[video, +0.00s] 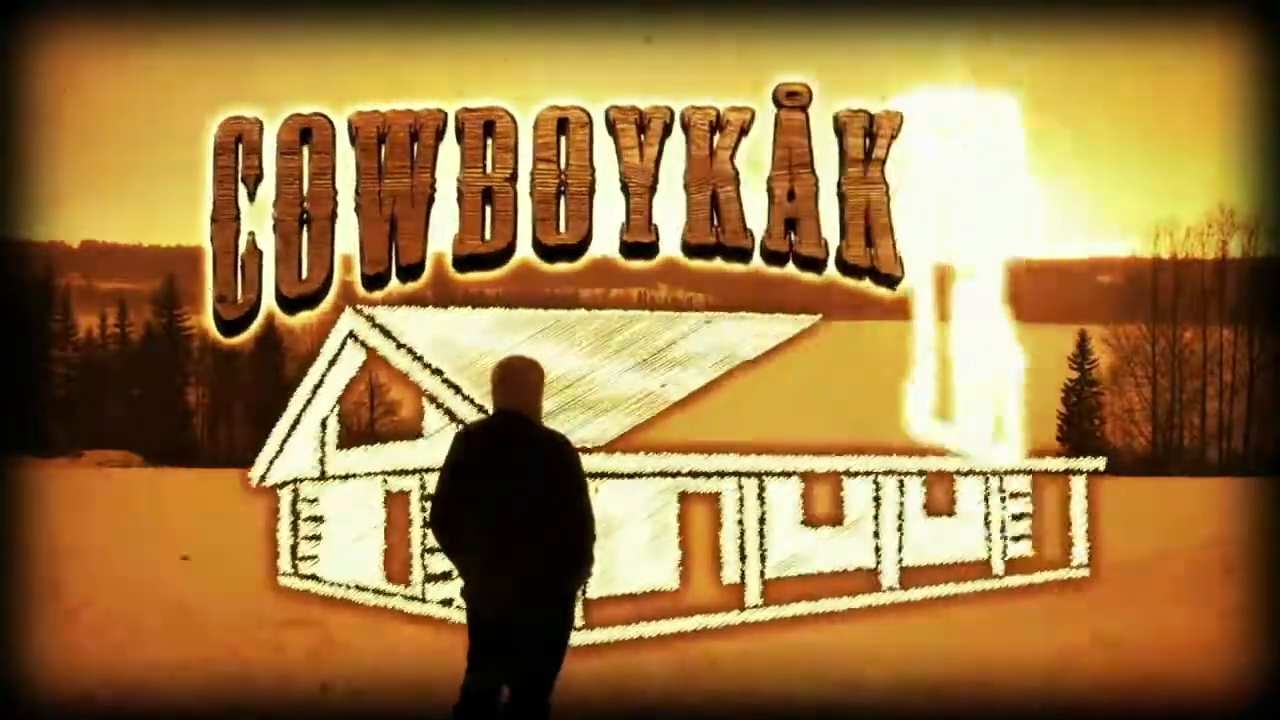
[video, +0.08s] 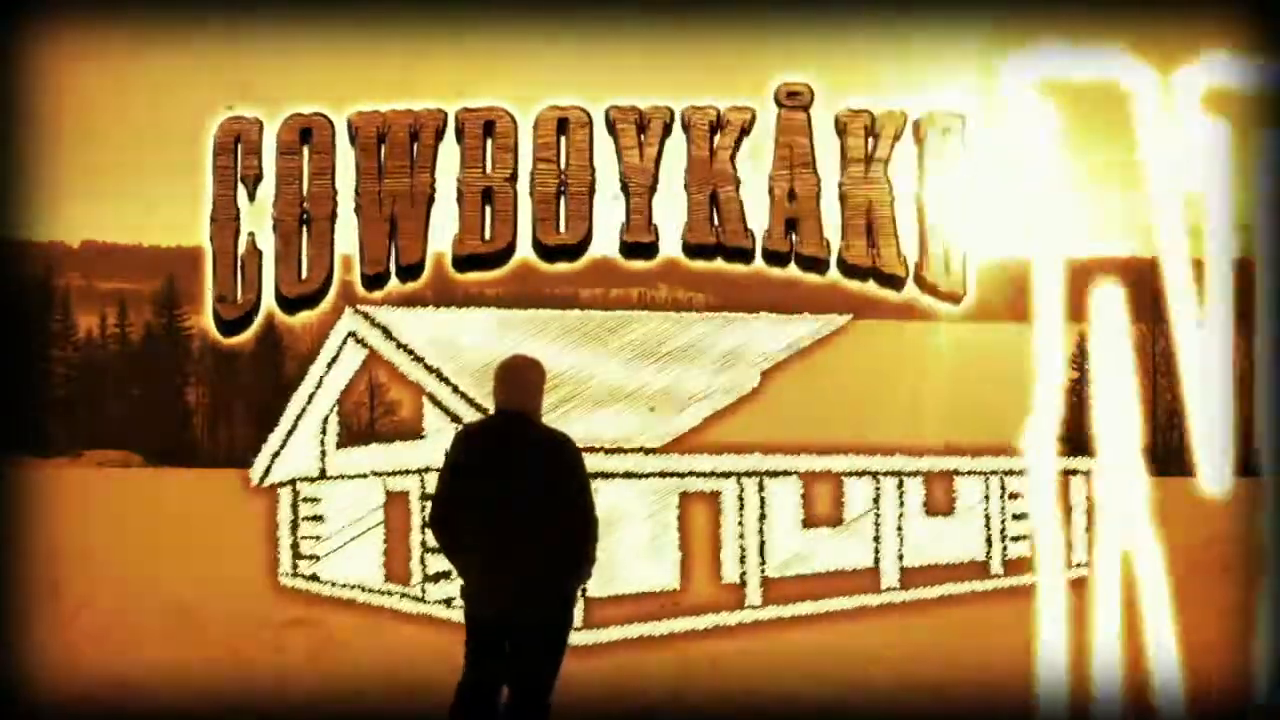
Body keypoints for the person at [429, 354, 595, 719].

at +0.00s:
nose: (534, 398)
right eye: (535, 391)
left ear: (495, 392)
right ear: (538, 394)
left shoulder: (470, 440)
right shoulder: (558, 448)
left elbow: (442, 516)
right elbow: (581, 524)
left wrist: (472, 569)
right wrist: (571, 578)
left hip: (486, 590)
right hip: (548, 593)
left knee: (480, 683)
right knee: (533, 693)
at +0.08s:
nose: (530, 397)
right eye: (534, 390)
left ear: (496, 390)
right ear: (539, 394)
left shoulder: (470, 440)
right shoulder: (561, 448)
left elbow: (442, 517)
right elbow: (584, 525)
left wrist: (473, 569)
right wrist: (571, 577)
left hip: (485, 592)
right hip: (548, 595)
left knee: (478, 684)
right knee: (532, 695)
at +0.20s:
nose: (528, 397)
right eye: (534, 390)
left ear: (498, 390)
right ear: (542, 393)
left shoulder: (470, 440)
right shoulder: (564, 448)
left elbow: (442, 516)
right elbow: (587, 527)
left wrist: (471, 569)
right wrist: (568, 580)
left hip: (483, 594)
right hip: (546, 598)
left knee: (473, 691)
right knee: (530, 697)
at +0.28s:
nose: (532, 396)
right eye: (537, 389)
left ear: (500, 389)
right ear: (543, 392)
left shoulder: (471, 439)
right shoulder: (565, 448)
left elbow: (442, 515)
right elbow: (587, 526)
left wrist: (471, 569)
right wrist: (570, 578)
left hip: (483, 593)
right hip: (546, 598)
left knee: (471, 691)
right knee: (529, 697)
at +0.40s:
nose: (535, 397)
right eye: (541, 390)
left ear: (504, 390)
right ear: (545, 394)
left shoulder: (472, 438)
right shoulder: (567, 451)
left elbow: (443, 515)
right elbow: (586, 527)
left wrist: (469, 569)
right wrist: (570, 577)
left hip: (482, 587)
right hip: (544, 592)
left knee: (468, 682)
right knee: (528, 692)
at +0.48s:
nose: (533, 397)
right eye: (539, 390)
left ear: (503, 390)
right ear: (547, 394)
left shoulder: (471, 440)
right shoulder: (568, 451)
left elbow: (443, 515)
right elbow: (588, 529)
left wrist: (471, 569)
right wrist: (571, 581)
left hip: (482, 593)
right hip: (546, 598)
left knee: (468, 691)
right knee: (528, 699)